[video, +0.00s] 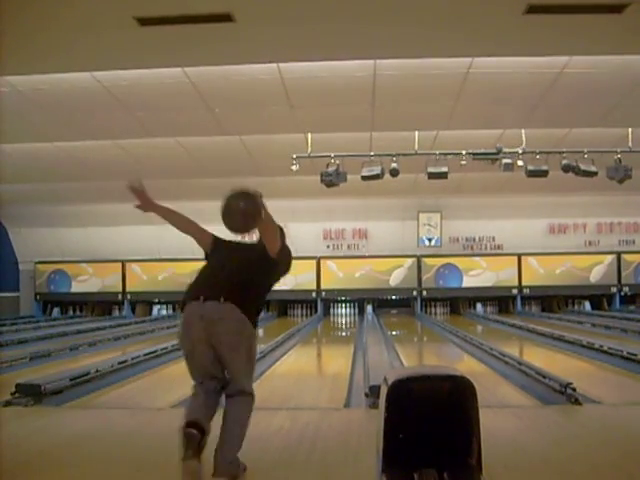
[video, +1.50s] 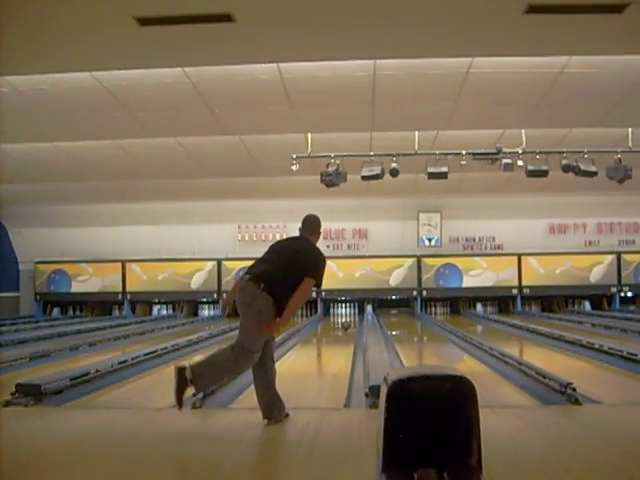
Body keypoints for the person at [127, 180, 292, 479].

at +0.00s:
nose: (281, 233)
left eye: (280, 232)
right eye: (279, 234)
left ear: (236, 228)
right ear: (276, 239)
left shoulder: (222, 248)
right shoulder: (277, 259)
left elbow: (191, 228)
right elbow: (270, 234)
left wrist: (153, 207)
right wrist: (260, 211)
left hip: (193, 308)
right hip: (232, 312)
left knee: (207, 381)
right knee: (240, 390)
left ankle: (195, 426)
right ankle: (226, 463)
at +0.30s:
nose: (292, 261)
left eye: (285, 255)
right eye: (294, 258)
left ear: (275, 253)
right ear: (294, 258)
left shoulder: (257, 265)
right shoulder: (298, 287)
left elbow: (226, 281)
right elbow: (296, 332)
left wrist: (192, 290)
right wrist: (298, 376)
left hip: (229, 323)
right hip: (257, 329)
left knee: (261, 365)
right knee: (248, 385)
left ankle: (275, 413)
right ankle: (216, 419)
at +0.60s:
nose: (314, 259)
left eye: (311, 255)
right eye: (312, 256)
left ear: (293, 255)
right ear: (308, 258)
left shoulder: (276, 262)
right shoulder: (314, 273)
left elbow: (242, 272)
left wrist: (203, 277)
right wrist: (296, 238)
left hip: (246, 299)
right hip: (263, 308)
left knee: (264, 364)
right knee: (231, 358)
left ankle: (275, 414)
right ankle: (172, 362)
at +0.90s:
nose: (317, 248)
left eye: (315, 245)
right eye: (317, 245)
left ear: (298, 242)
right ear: (315, 244)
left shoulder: (281, 254)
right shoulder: (316, 261)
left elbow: (244, 279)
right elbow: (337, 291)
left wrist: (218, 299)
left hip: (246, 293)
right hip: (261, 298)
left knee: (265, 358)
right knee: (240, 350)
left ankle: (275, 413)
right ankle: (176, 350)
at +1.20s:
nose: (317, 245)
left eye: (313, 239)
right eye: (318, 242)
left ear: (301, 238)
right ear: (318, 242)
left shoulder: (283, 250)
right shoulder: (317, 265)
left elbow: (248, 274)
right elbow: (317, 308)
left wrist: (220, 295)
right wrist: (310, 340)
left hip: (248, 288)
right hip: (262, 297)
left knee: (264, 356)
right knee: (237, 347)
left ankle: (274, 412)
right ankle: (177, 342)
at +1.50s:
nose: (317, 236)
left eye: (313, 230)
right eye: (319, 233)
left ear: (301, 229)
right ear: (319, 233)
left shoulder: (284, 243)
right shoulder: (316, 256)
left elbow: (255, 269)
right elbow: (303, 292)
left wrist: (232, 295)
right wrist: (283, 320)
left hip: (245, 290)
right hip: (261, 297)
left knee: (264, 357)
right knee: (246, 352)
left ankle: (273, 412)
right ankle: (191, 375)